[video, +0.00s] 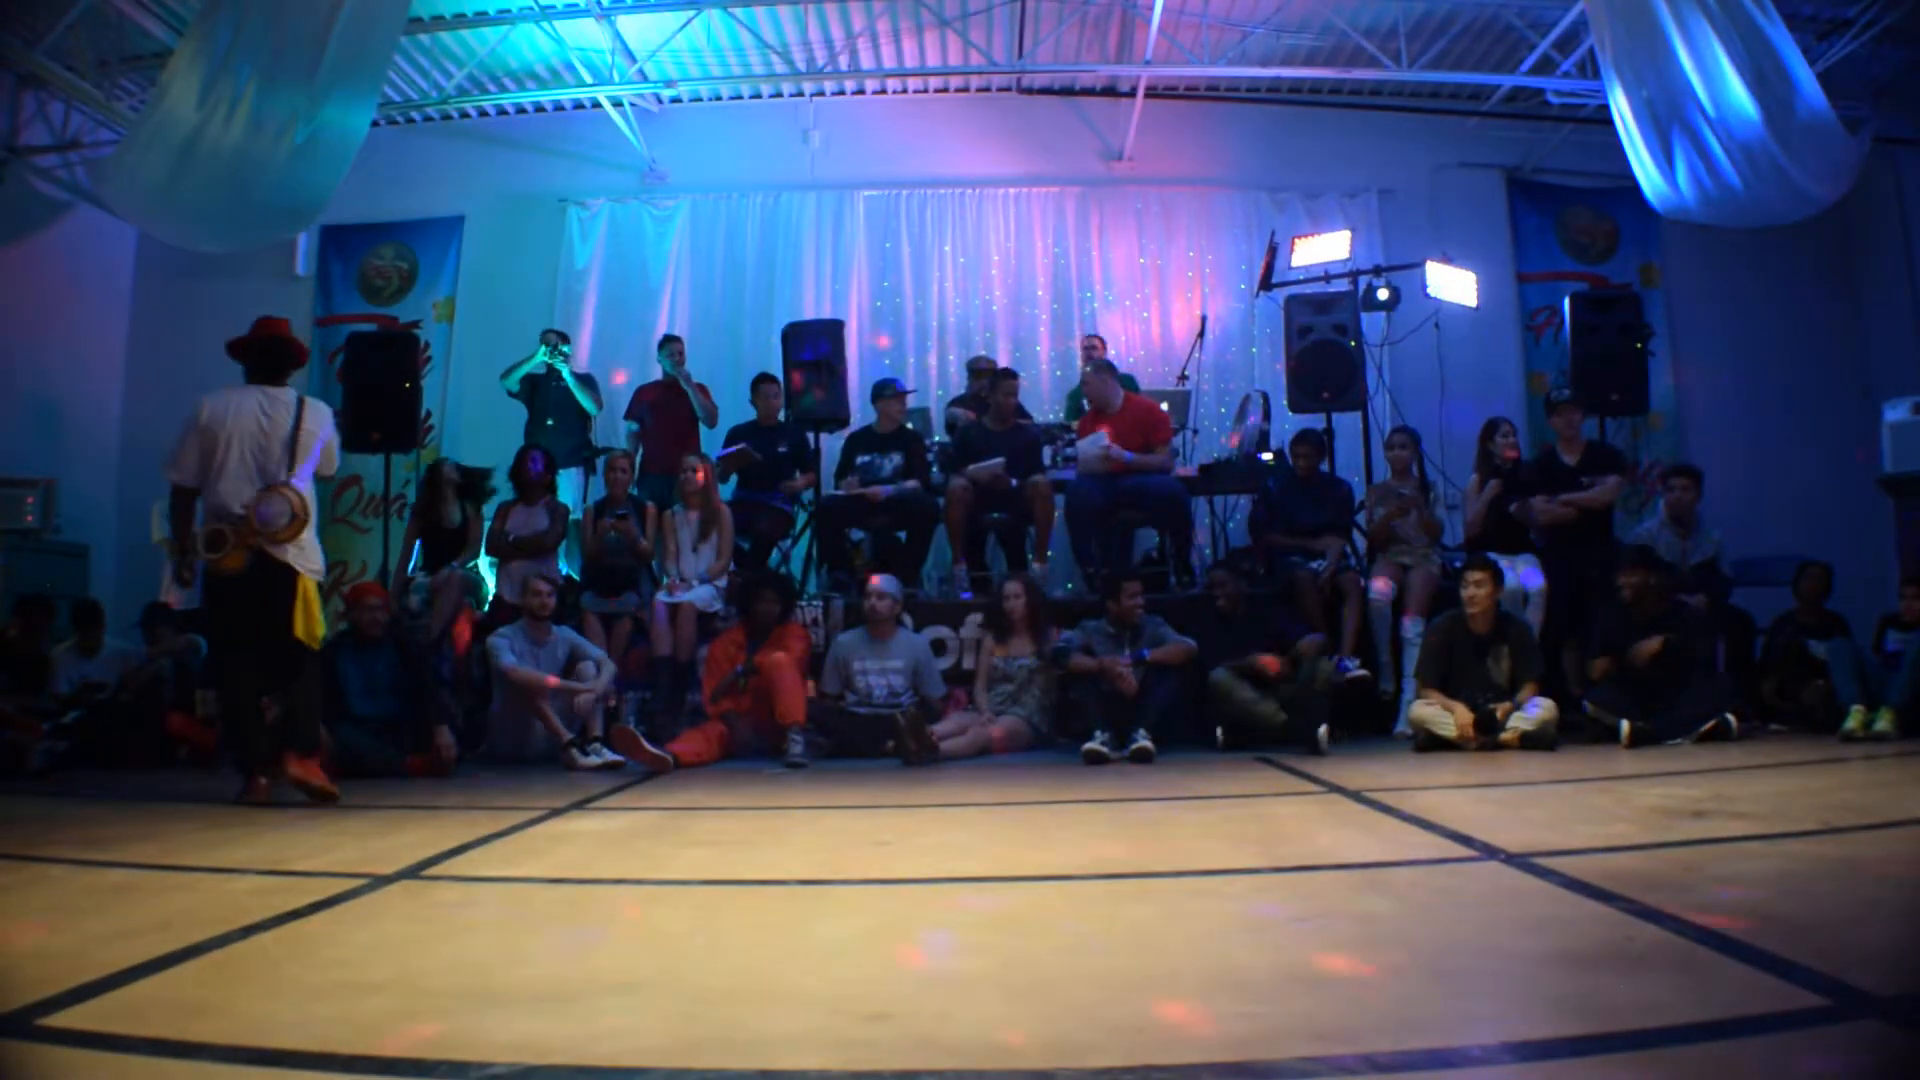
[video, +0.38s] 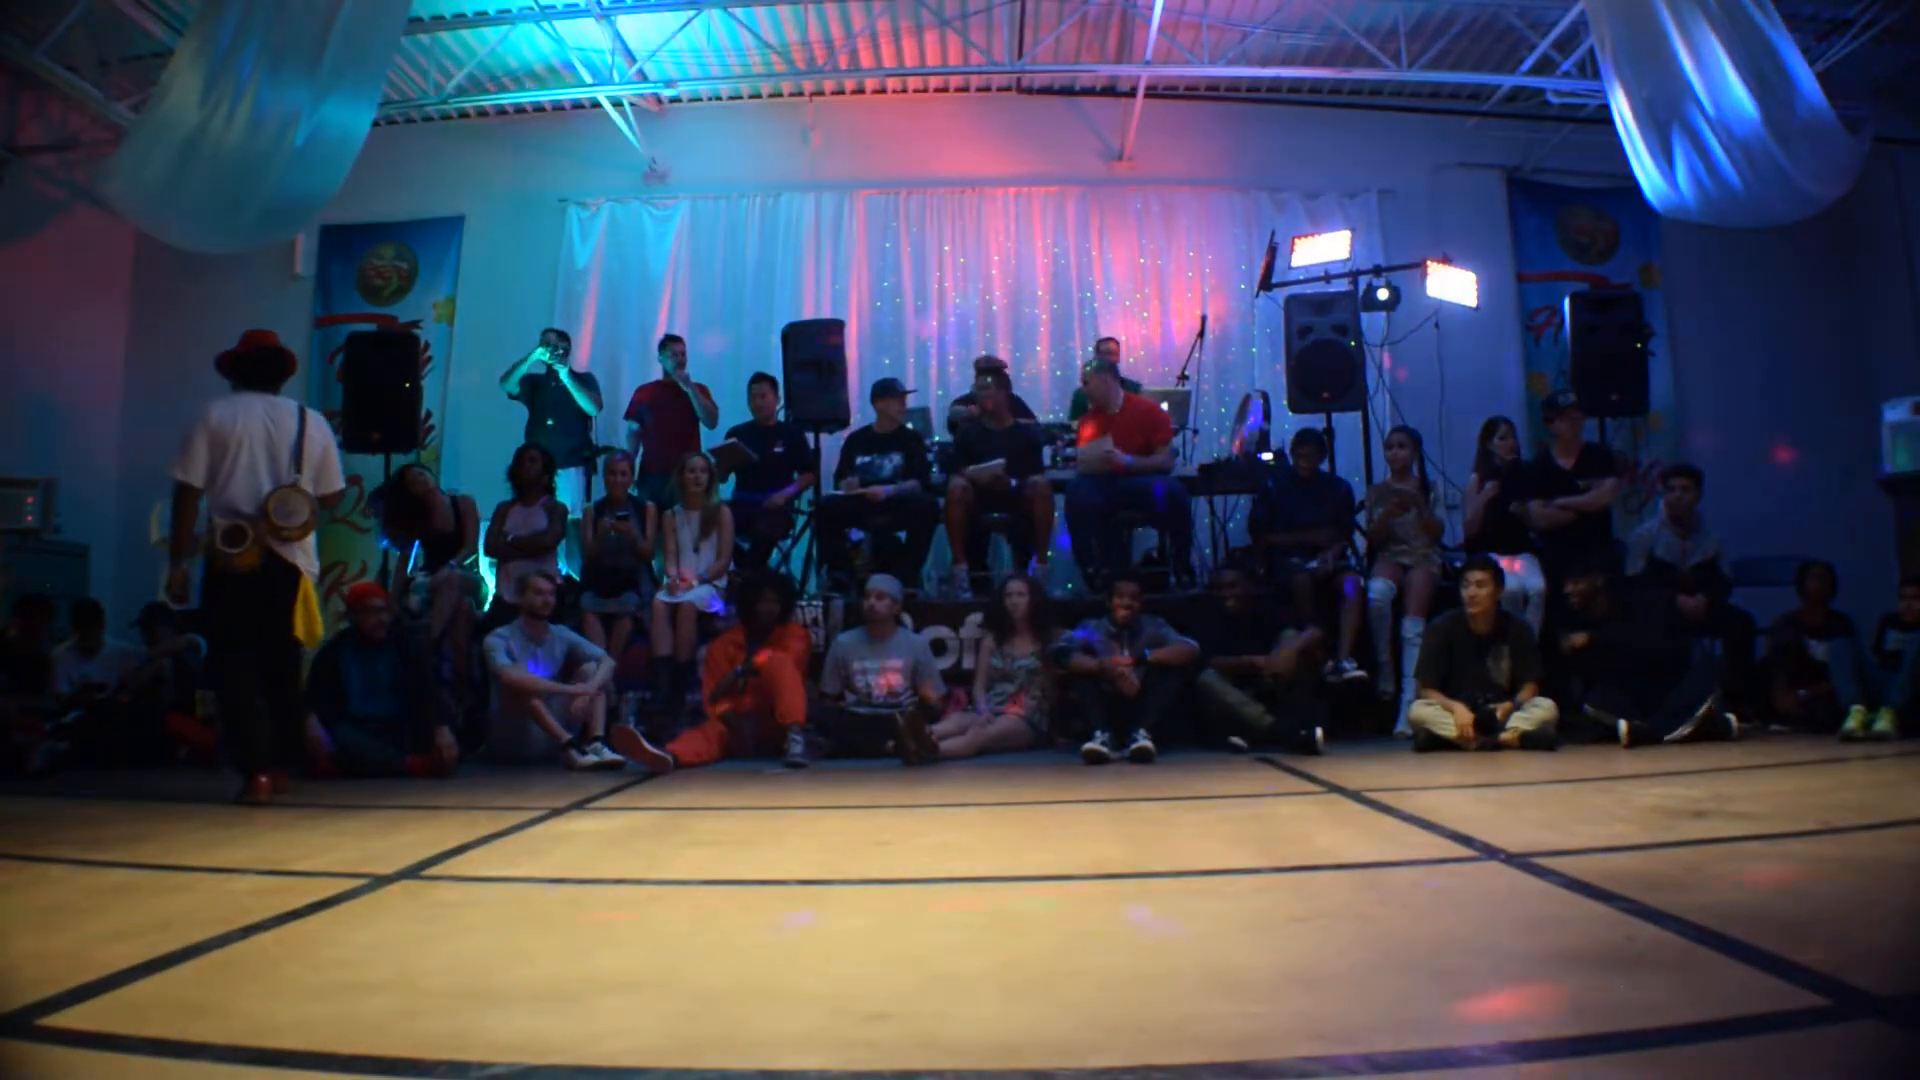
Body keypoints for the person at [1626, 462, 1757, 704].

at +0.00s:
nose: (1678, 497)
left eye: (1686, 490)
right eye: (1672, 490)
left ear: (1698, 497)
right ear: (1663, 494)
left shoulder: (1711, 539)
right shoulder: (1645, 536)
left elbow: (1722, 580)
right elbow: (1639, 580)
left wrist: (1706, 600)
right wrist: (1678, 600)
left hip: (1700, 608)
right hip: (1659, 606)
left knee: (1742, 622)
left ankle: (1740, 694)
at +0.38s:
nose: (1678, 497)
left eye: (1686, 490)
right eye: (1672, 490)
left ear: (1698, 497)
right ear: (1663, 495)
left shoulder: (1709, 537)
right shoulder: (1645, 537)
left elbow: (1722, 579)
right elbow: (1638, 583)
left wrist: (1704, 600)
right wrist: (1675, 600)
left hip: (1700, 609)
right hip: (1661, 609)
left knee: (1741, 623)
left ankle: (1738, 700)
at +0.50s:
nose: (1678, 497)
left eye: (1686, 490)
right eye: (1672, 490)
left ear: (1698, 497)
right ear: (1663, 495)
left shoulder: (1709, 537)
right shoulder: (1646, 536)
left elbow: (1723, 580)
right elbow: (1638, 582)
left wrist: (1705, 600)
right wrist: (1675, 600)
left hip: (1700, 608)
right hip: (1661, 609)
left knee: (1741, 624)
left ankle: (1736, 703)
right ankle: (1663, 705)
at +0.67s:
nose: (1677, 497)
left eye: (1685, 490)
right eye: (1671, 490)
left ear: (1697, 497)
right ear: (1662, 496)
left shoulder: (1708, 538)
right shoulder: (1646, 537)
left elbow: (1722, 581)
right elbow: (1636, 583)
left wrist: (1704, 600)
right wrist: (1675, 600)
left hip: (1699, 609)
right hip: (1659, 609)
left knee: (1741, 624)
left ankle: (1736, 705)